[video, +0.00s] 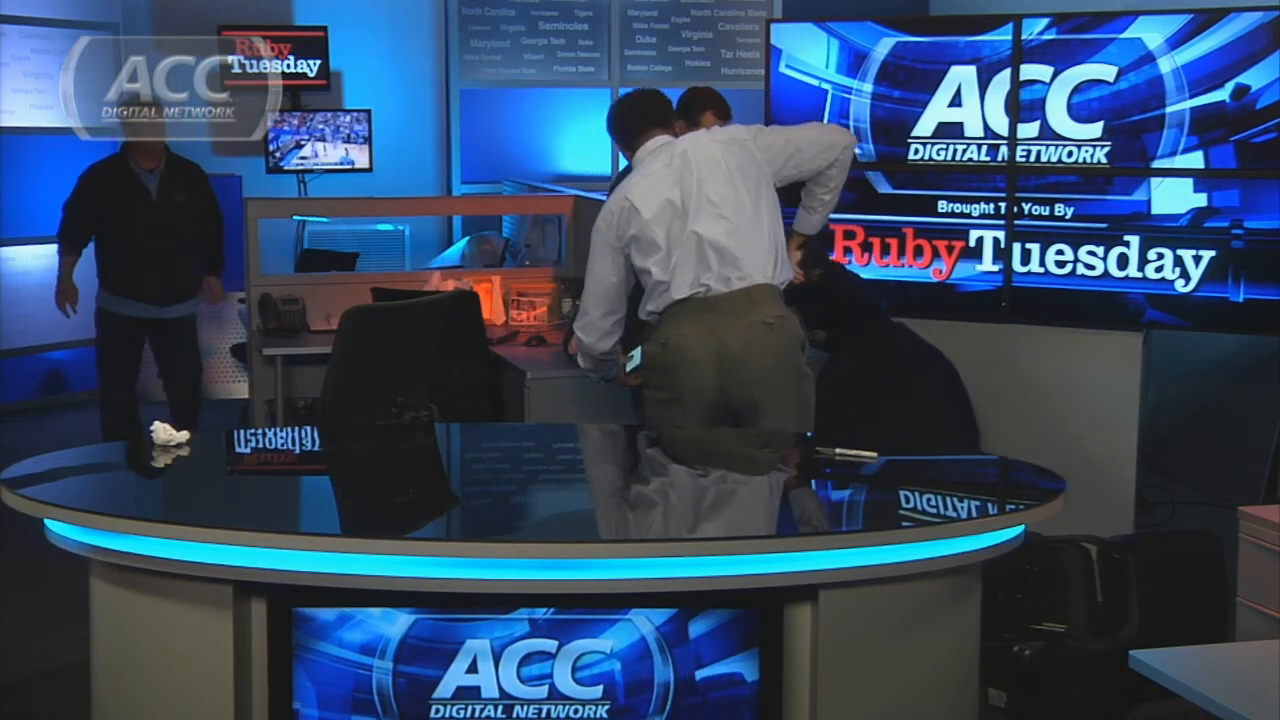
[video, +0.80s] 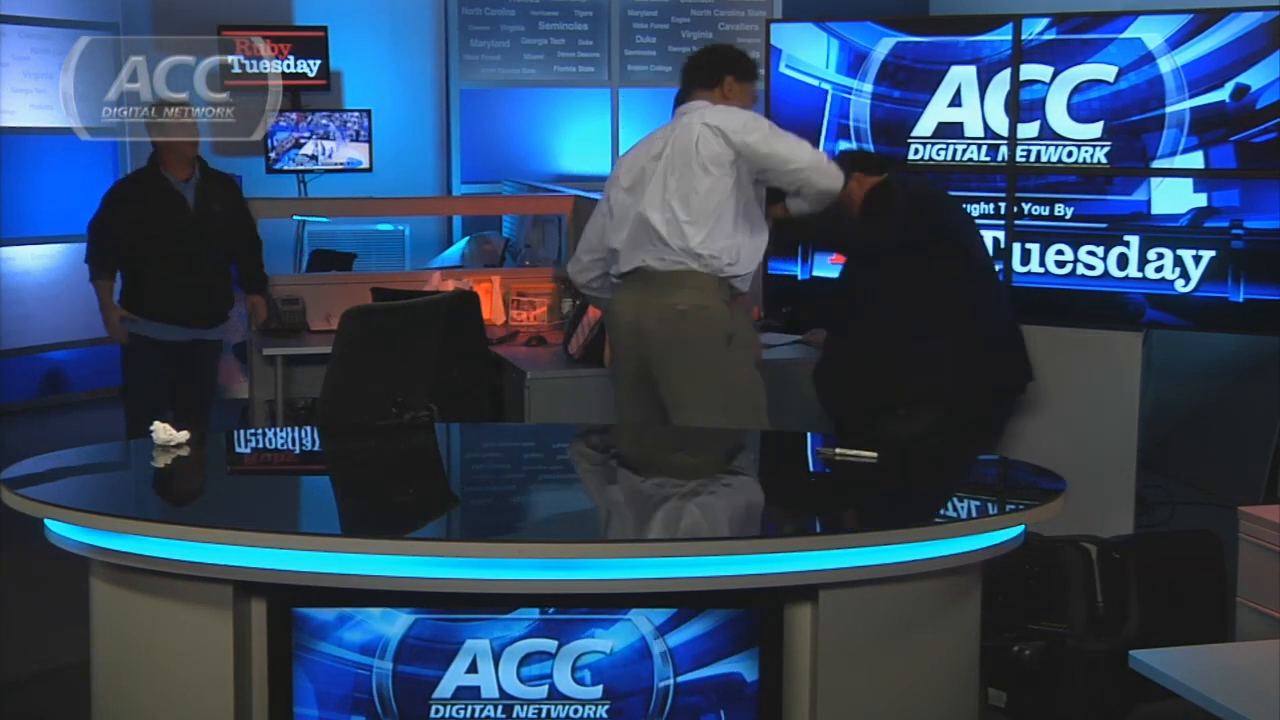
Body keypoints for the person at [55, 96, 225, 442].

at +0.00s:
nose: (151, 133)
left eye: (155, 124)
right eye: (142, 126)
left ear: (165, 128)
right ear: (128, 131)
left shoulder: (190, 175)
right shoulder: (100, 177)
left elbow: (212, 225)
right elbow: (75, 228)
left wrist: (212, 272)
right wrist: (65, 278)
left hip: (177, 305)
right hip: (120, 305)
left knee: (186, 388)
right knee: (117, 390)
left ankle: (190, 465)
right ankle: (120, 465)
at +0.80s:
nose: (188, 136)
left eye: (191, 127)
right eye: (177, 128)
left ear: (199, 133)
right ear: (157, 136)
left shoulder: (224, 188)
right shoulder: (127, 193)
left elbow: (246, 246)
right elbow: (101, 252)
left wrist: (255, 291)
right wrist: (107, 307)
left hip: (205, 335)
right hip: (147, 335)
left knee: (195, 428)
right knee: (145, 429)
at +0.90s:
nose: (190, 136)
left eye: (193, 126)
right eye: (179, 128)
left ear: (200, 132)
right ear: (158, 136)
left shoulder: (225, 186)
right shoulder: (130, 195)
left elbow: (246, 247)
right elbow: (110, 262)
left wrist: (255, 295)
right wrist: (126, 312)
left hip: (216, 338)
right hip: (153, 337)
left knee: (216, 432)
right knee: (149, 435)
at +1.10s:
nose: (212, 129)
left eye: (213, 121)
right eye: (201, 122)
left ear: (218, 128)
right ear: (179, 132)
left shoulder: (237, 183)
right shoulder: (151, 190)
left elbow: (252, 251)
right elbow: (140, 263)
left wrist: (257, 302)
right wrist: (180, 304)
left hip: (234, 336)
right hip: (171, 341)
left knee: (248, 433)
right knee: (157, 436)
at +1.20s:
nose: (229, 131)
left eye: (228, 122)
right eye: (218, 124)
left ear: (232, 128)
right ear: (194, 133)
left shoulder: (250, 186)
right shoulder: (166, 191)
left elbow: (259, 254)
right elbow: (158, 263)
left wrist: (264, 303)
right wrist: (200, 298)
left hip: (244, 342)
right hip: (184, 342)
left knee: (251, 439)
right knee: (166, 440)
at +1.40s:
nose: (259, 139)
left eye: (260, 130)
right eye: (247, 132)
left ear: (268, 133)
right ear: (225, 138)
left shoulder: (284, 191)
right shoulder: (200, 193)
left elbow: (295, 258)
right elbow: (192, 265)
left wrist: (304, 312)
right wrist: (238, 297)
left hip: (277, 345)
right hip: (220, 345)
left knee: (271, 448)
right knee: (227, 451)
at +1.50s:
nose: (281, 135)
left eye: (281, 126)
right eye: (271, 128)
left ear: (281, 130)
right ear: (245, 135)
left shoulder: (296, 188)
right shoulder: (212, 191)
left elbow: (311, 253)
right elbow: (207, 265)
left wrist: (325, 304)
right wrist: (251, 298)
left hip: (290, 340)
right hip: (234, 340)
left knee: (289, 439)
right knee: (244, 439)